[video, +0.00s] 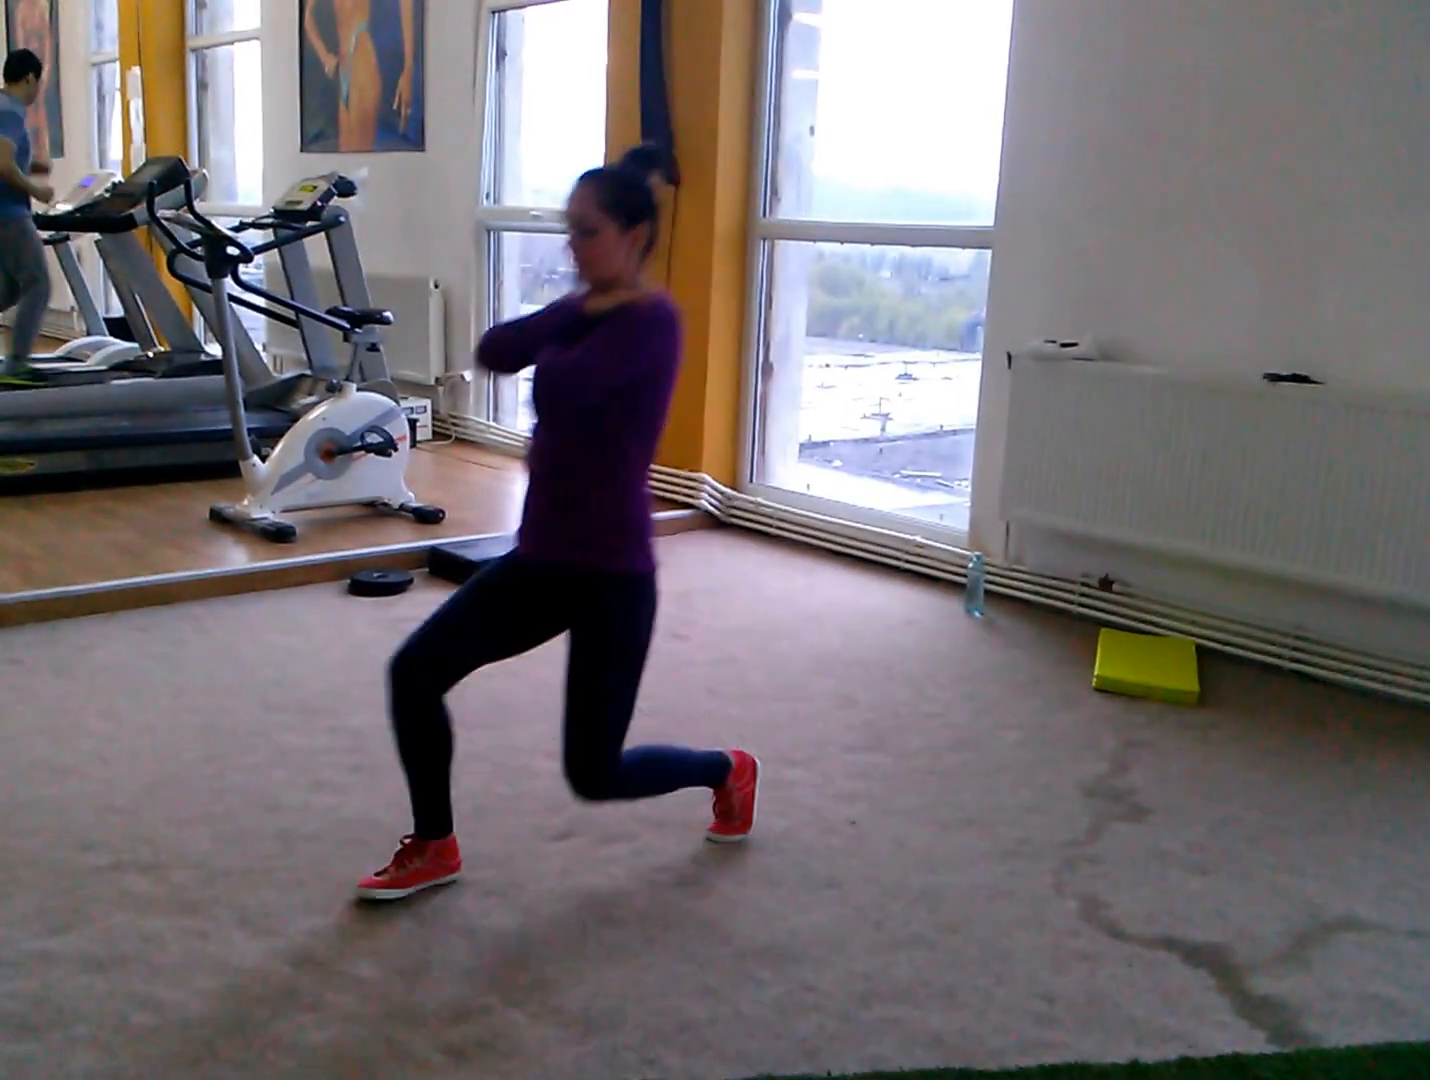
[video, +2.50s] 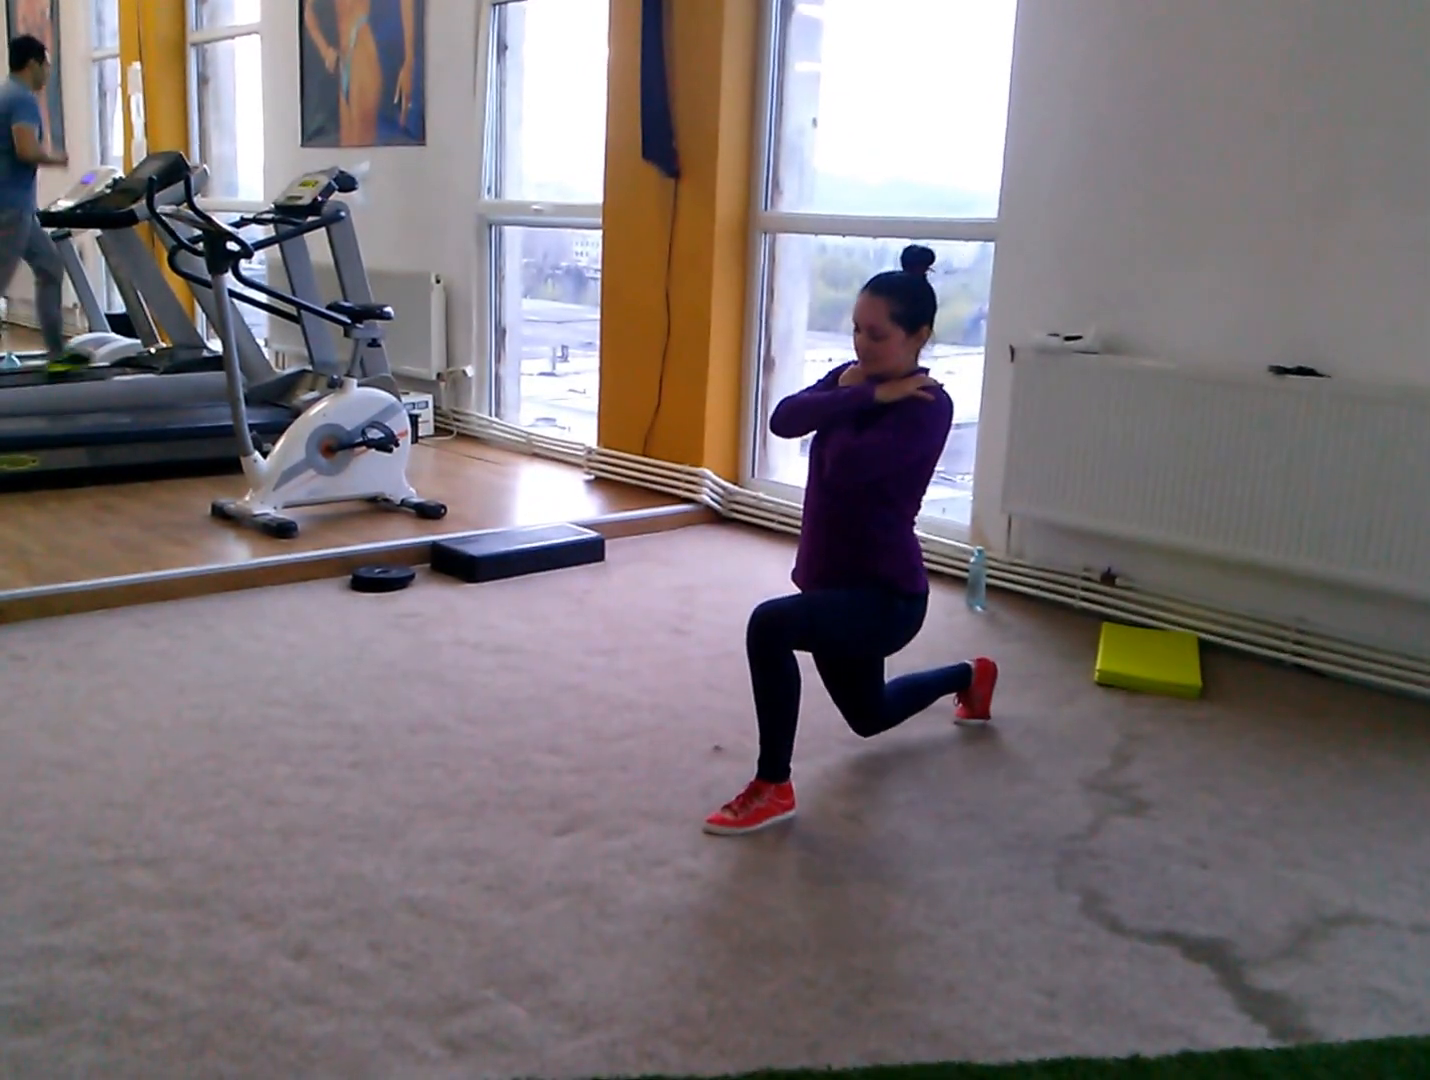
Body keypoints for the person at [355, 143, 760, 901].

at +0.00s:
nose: (572, 248)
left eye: (586, 233)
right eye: (569, 233)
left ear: (637, 237)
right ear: (605, 237)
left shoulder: (654, 322)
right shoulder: (582, 313)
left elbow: (573, 394)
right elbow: (492, 354)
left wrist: (538, 351)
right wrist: (582, 309)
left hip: (613, 577)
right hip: (540, 563)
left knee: (594, 774)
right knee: (415, 672)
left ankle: (727, 771)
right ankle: (433, 844)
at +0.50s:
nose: (478, 317)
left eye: (491, 301)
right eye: (475, 303)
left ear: (546, 304)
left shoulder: (576, 394)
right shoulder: (498, 386)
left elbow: (483, 486)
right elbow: (420, 453)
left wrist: (497, 401)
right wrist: (501, 386)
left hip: (584, 642)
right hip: (512, 628)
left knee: (572, 840)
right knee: (388, 689)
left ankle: (715, 777)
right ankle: (433, 844)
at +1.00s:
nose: (672, 164)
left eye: (688, 148)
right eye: (669, 150)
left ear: (739, 154)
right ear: (677, 157)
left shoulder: (760, 238)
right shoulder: (684, 237)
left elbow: (675, 304)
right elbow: (602, 268)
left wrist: (671, 242)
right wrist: (694, 226)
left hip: (731, 489)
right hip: (660, 481)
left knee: (689, 671)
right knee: (551, 606)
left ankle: (760, 780)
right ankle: (533, 778)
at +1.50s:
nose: (801, 198)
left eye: (817, 185)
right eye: (798, 184)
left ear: (861, 195)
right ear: (799, 190)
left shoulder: (878, 275)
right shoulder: (798, 263)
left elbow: (809, 347)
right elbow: (730, 309)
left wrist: (784, 280)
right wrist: (817, 262)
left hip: (868, 494)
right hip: (814, 491)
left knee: (767, 625)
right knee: (877, 612)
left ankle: (764, 785)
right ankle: (948, 676)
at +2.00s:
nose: (886, 311)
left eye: (900, 302)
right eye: (884, 298)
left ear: (944, 311)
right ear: (880, 296)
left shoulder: (948, 384)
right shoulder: (869, 346)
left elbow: (867, 444)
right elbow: (801, 382)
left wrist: (873, 362)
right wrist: (896, 365)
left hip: (887, 568)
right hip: (831, 555)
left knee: (771, 623)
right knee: (868, 691)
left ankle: (772, 787)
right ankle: (977, 678)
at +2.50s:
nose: (859, 345)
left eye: (873, 336)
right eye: (856, 331)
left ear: (917, 339)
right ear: (851, 325)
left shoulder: (929, 409)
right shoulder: (848, 379)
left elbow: (851, 467)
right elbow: (783, 420)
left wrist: (833, 408)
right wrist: (873, 393)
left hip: (886, 598)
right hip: (826, 588)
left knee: (769, 626)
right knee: (868, 714)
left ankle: (772, 785)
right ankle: (970, 678)